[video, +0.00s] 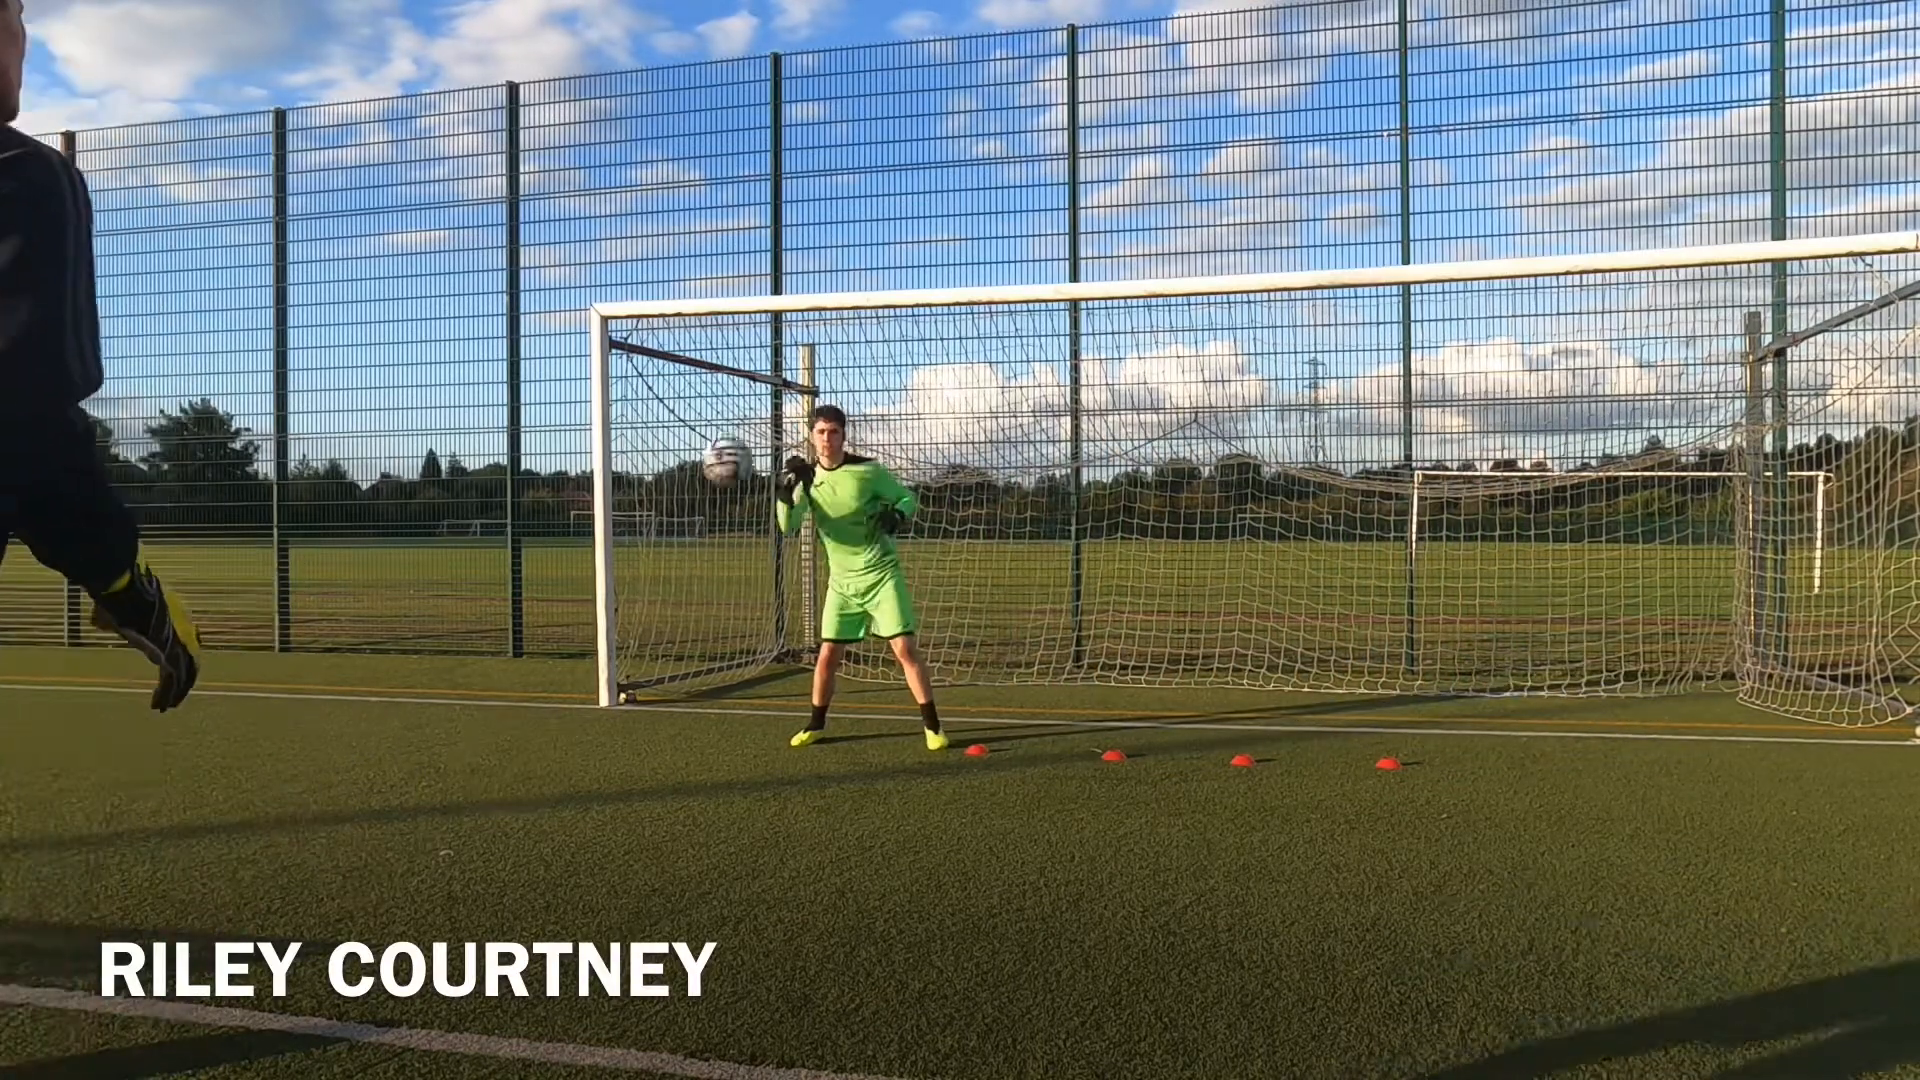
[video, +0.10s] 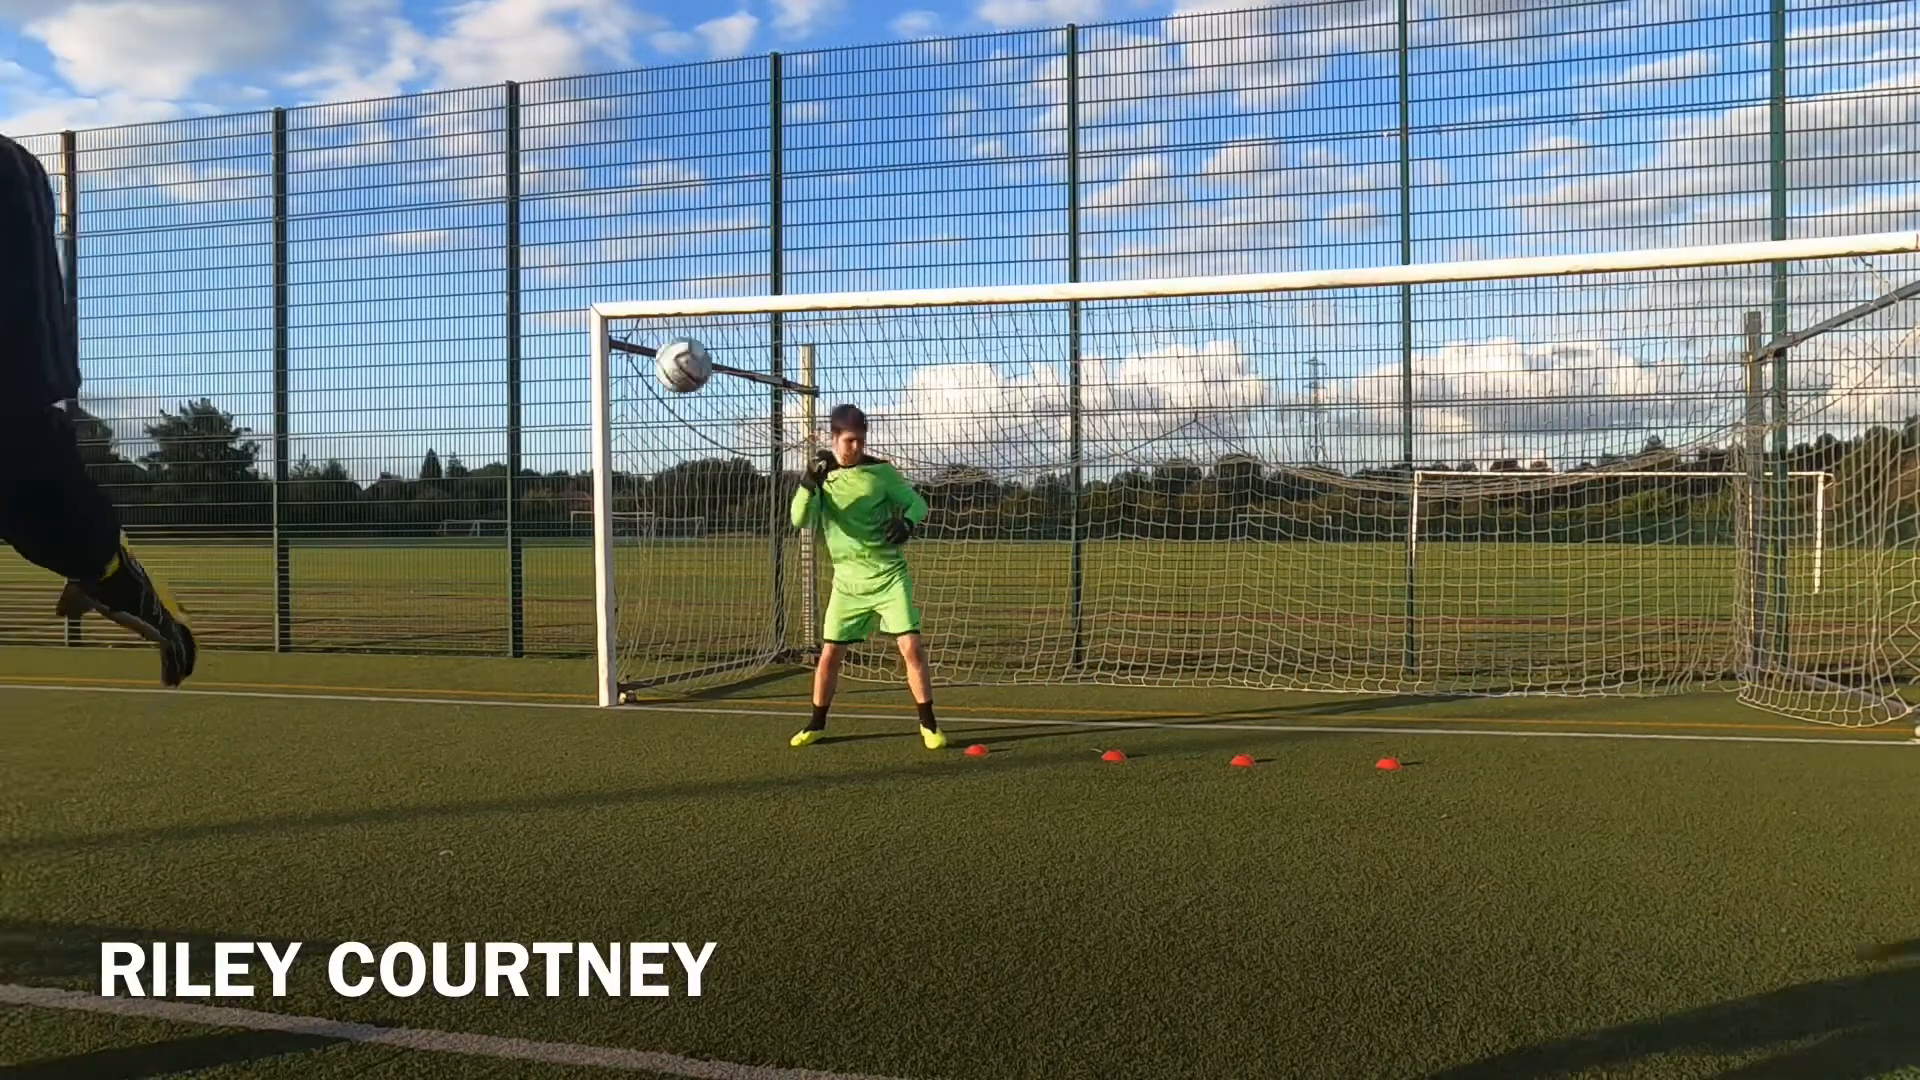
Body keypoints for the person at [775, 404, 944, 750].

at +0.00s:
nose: (828, 438)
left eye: (834, 431)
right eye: (821, 432)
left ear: (844, 436)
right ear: (812, 437)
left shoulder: (870, 472)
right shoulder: (807, 480)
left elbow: (908, 500)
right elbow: (787, 526)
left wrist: (897, 515)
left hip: (882, 576)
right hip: (840, 583)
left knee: (904, 648)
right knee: (827, 655)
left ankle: (932, 725)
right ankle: (816, 725)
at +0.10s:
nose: (854, 447)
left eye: (859, 440)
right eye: (847, 440)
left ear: (866, 438)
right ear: (833, 438)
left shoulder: (884, 473)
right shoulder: (821, 481)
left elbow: (917, 505)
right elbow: (798, 521)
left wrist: (907, 524)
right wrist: (810, 481)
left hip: (890, 578)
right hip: (846, 583)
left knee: (912, 648)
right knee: (829, 653)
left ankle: (928, 724)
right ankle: (817, 724)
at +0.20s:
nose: (890, 456)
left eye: (893, 449)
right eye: (884, 450)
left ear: (896, 445)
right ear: (865, 443)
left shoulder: (906, 479)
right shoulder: (838, 477)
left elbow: (932, 516)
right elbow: (818, 532)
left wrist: (918, 533)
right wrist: (837, 516)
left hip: (901, 582)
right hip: (857, 586)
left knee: (920, 649)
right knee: (837, 657)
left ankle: (912, 716)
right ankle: (818, 723)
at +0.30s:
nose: (919, 461)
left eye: (923, 454)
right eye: (914, 455)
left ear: (926, 449)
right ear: (896, 447)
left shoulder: (934, 482)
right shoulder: (865, 479)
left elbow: (952, 518)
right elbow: (842, 523)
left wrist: (941, 542)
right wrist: (855, 548)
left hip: (924, 589)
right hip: (880, 587)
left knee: (916, 665)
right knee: (859, 660)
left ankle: (896, 722)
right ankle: (831, 719)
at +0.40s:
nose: (948, 459)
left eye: (951, 453)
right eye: (943, 454)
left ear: (952, 449)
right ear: (924, 445)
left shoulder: (961, 477)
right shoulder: (891, 472)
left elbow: (979, 509)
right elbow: (872, 514)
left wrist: (978, 542)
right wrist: (869, 557)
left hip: (943, 581)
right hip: (902, 576)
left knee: (931, 667)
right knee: (891, 645)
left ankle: (905, 710)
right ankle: (885, 723)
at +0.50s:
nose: (977, 463)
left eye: (980, 457)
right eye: (971, 458)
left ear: (981, 452)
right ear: (952, 450)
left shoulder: (986, 484)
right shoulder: (917, 478)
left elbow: (1015, 516)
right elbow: (898, 520)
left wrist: (1020, 552)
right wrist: (896, 565)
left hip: (965, 573)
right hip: (923, 574)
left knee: (976, 647)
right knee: (927, 652)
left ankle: (942, 697)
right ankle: (906, 733)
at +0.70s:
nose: (1038, 470)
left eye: (1041, 465)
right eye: (1033, 465)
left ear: (1042, 460)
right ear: (1014, 455)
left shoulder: (1049, 487)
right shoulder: (977, 480)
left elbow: (1076, 520)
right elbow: (959, 525)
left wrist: (1073, 550)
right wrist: (952, 571)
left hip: (1030, 580)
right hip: (989, 576)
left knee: (1019, 648)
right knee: (977, 639)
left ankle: (1008, 734)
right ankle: (990, 696)